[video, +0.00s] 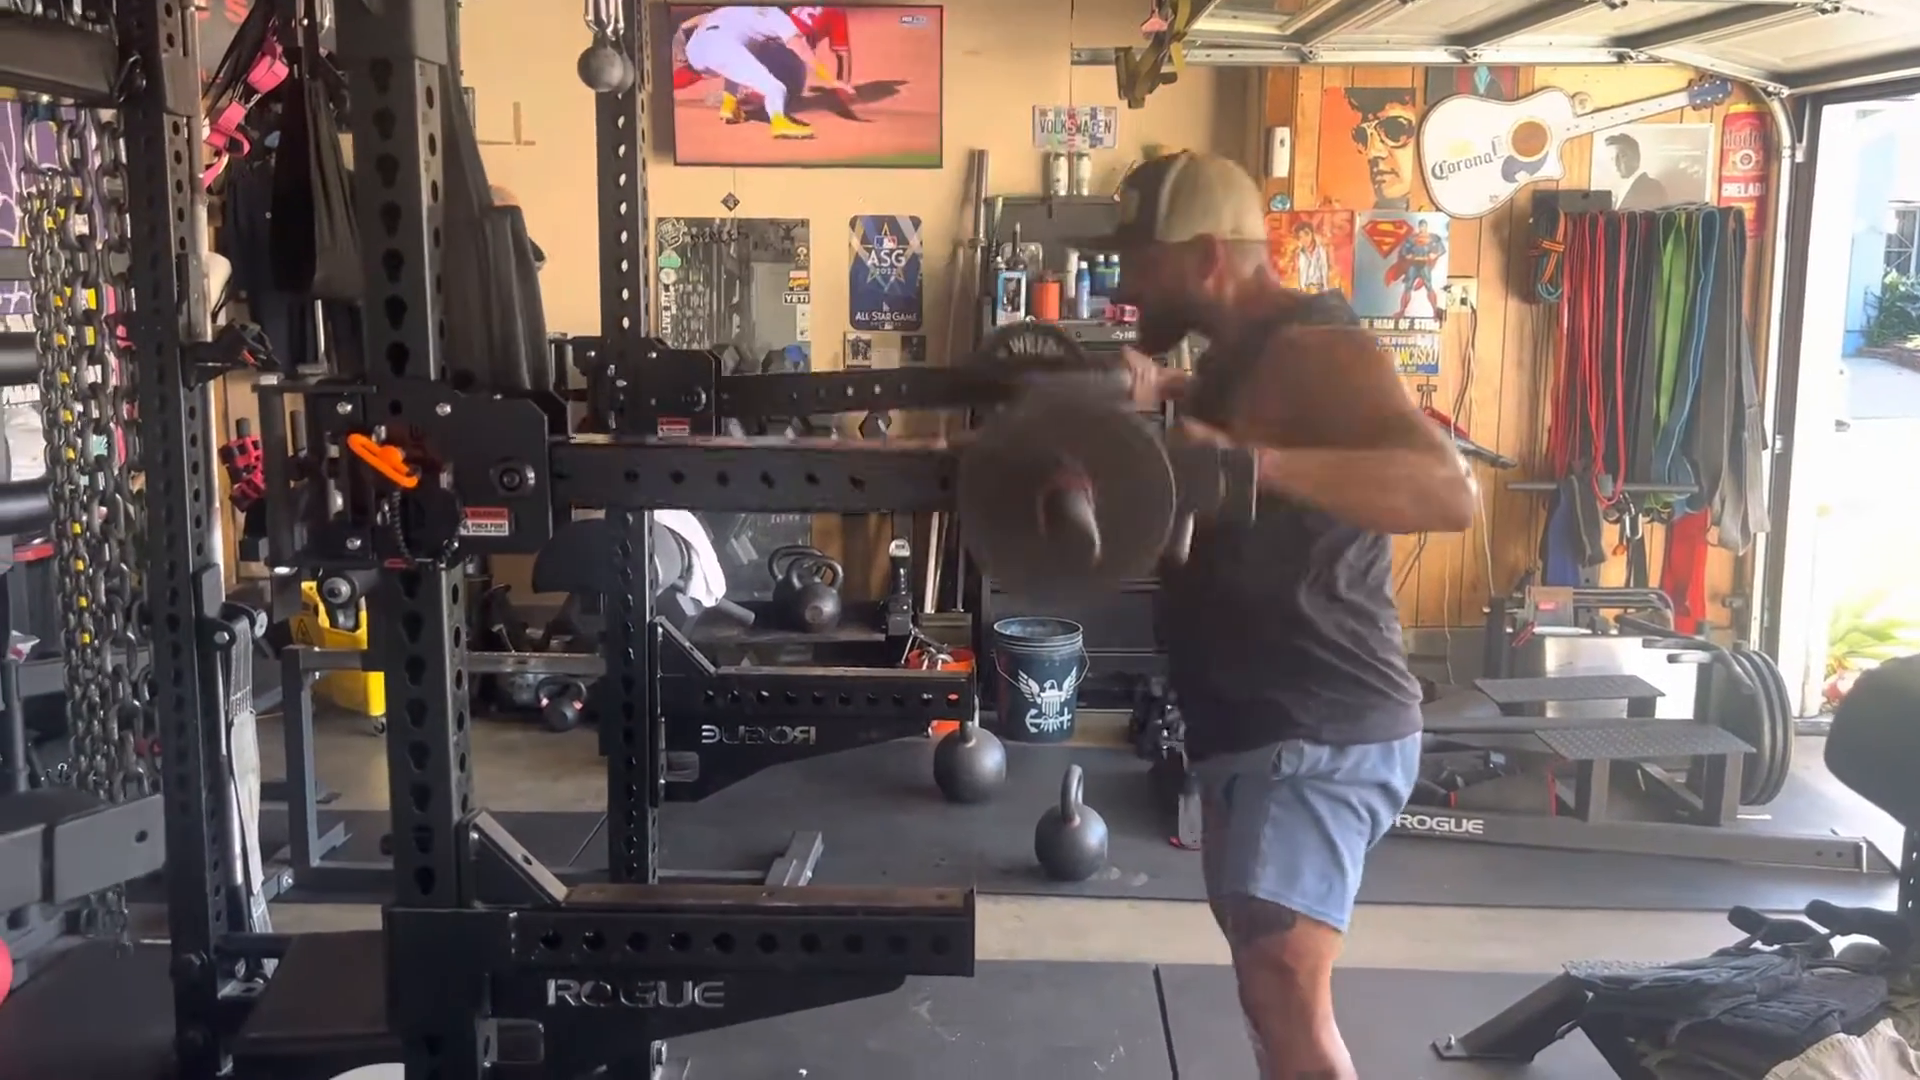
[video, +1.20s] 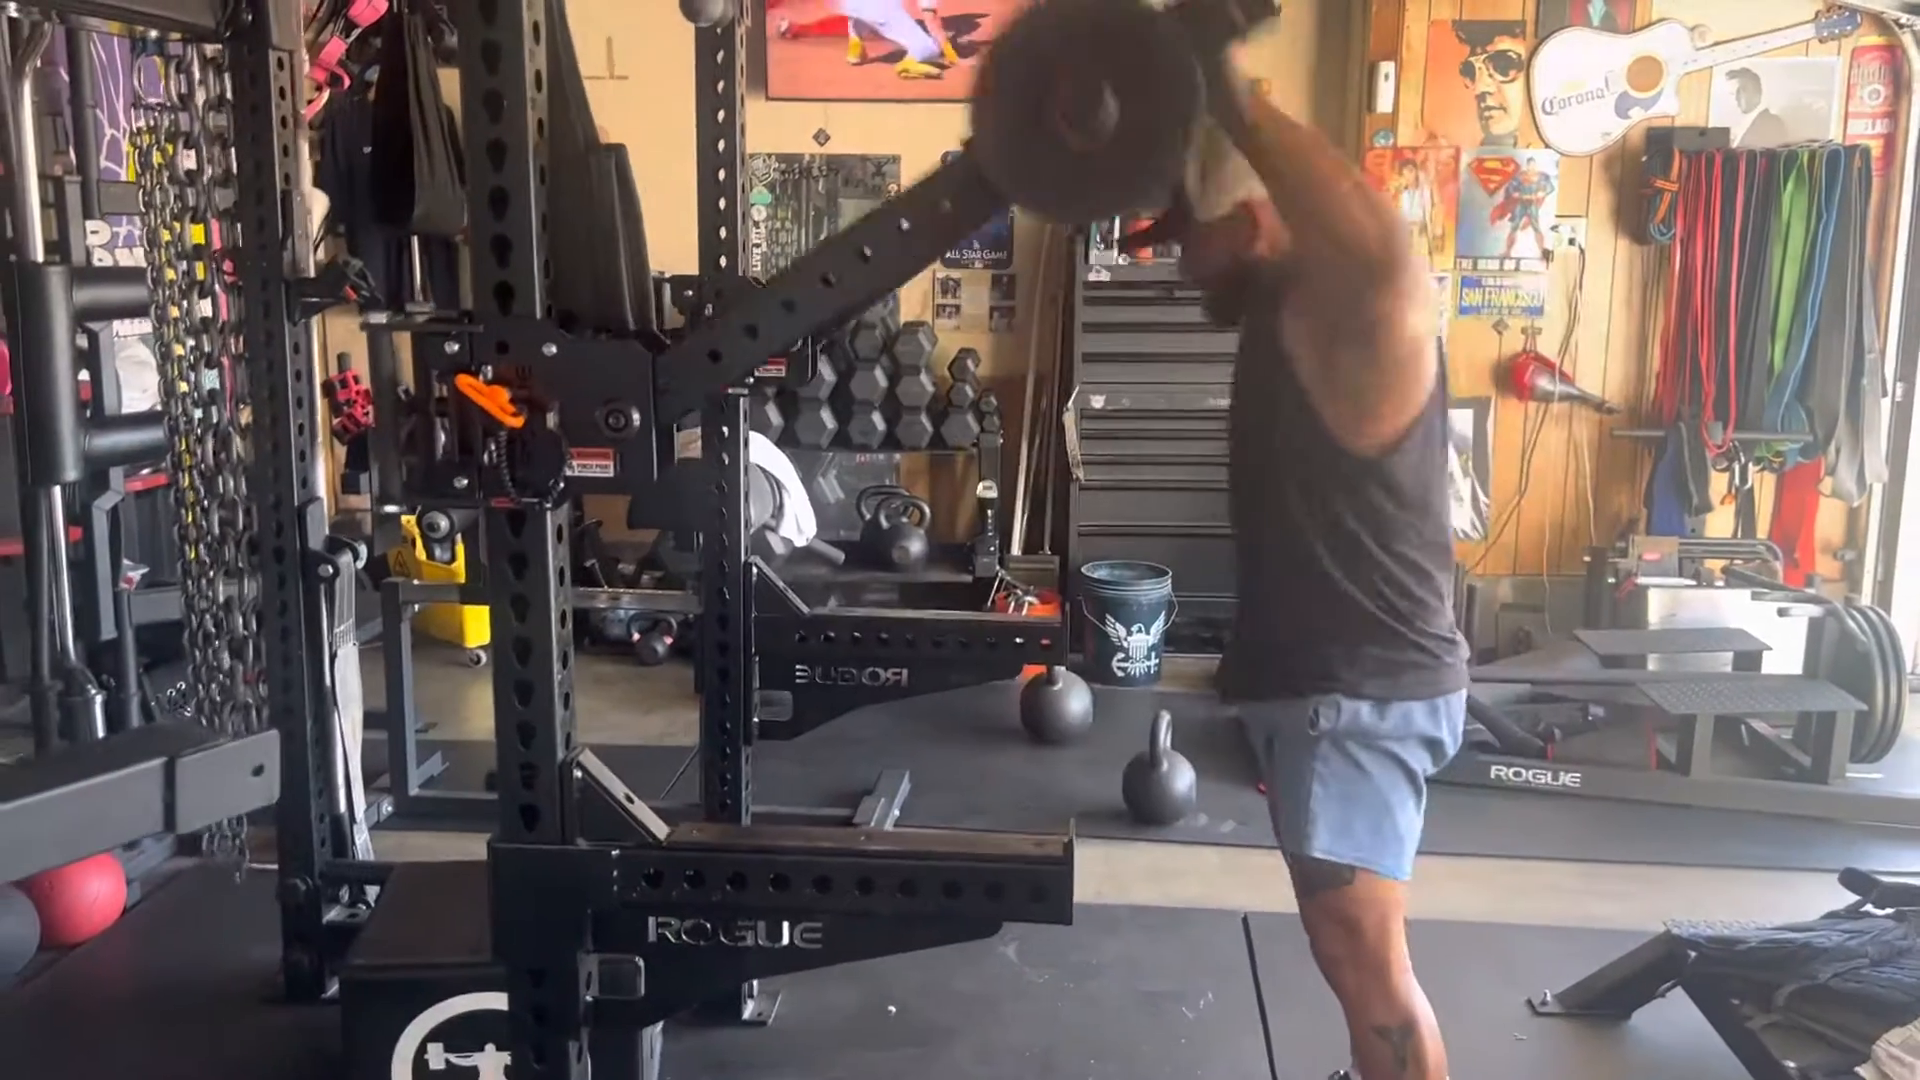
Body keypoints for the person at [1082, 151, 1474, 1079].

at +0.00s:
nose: (1125, 279)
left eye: (1139, 252)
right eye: (1126, 254)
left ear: (1210, 256)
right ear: (1211, 259)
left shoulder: (1319, 349)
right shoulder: (1211, 376)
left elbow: (1449, 493)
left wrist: (1248, 462)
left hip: (1318, 734)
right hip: (1251, 730)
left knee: (1286, 1005)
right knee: (1277, 1001)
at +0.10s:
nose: (1202, 276)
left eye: (1213, 253)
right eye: (1201, 254)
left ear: (1287, 253)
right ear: (1282, 255)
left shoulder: (1381, 348)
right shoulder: (1301, 353)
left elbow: (1414, 507)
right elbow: (1261, 455)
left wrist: (1213, 598)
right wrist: (1159, 476)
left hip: (1370, 730)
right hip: (1295, 717)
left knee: (1305, 994)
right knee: (1258, 901)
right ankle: (1298, 1057)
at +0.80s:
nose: (1373, 255)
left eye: (1393, 236)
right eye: (1377, 234)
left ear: (1472, 257)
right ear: (1467, 260)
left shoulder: (1534, 388)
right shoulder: (1432, 367)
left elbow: (1406, 555)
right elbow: (1313, 472)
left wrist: (1230, 644)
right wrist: (1182, 532)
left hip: (1524, 736)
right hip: (1423, 706)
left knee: (1354, 953)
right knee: (1310, 855)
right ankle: (1352, 1057)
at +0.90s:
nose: (1394, 232)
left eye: (1412, 207)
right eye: (1395, 207)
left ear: (1493, 216)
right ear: (1487, 219)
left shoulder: (1560, 333)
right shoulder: (1459, 321)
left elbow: (1536, 470)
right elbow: (1376, 396)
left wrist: (1340, 490)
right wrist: (1259, 400)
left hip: (1448, 692)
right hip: (1372, 667)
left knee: (1347, 958)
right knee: (1301, 839)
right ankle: (1358, 1056)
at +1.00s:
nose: (1343, 212)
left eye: (1360, 193)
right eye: (1344, 192)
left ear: (1433, 195)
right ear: (1419, 196)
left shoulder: (1523, 296)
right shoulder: (1392, 284)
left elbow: (1580, 384)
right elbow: (1283, 331)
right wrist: (1201, 309)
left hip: (1396, 682)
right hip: (1321, 661)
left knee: (1359, 953)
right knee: (1338, 927)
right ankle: (1366, 1064)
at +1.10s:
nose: (1286, 209)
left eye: (1294, 189)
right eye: (1281, 191)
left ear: (1322, 187)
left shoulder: (1410, 296)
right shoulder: (1344, 294)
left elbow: (1502, 321)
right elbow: (1267, 262)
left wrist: (1341, 210)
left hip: (1362, 688)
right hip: (1320, 676)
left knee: (1361, 965)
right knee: (1351, 955)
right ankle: (1375, 1068)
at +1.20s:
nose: (1175, 255)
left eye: (1188, 227)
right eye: (1173, 230)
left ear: (1252, 219)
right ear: (1250, 226)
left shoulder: (1348, 295)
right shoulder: (1282, 308)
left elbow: (1383, 250)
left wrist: (1238, 94)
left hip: (1358, 695)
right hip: (1321, 686)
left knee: (1370, 971)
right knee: (1361, 963)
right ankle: (1387, 1066)